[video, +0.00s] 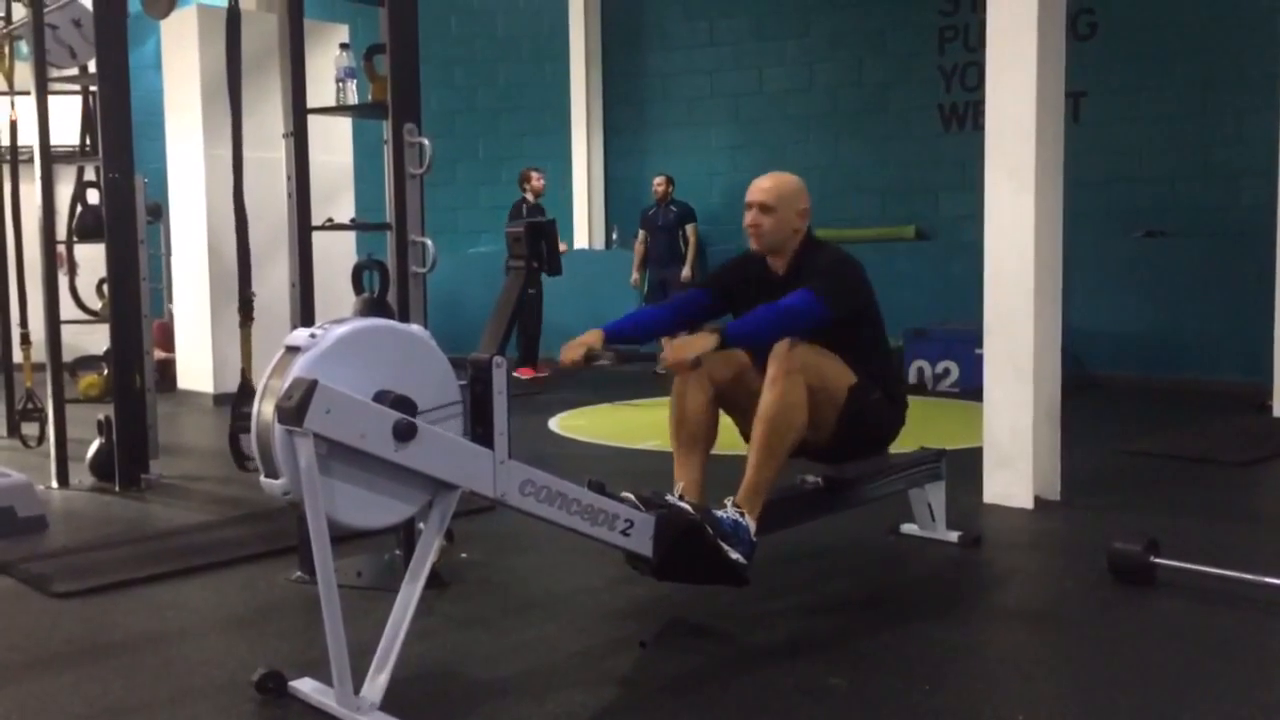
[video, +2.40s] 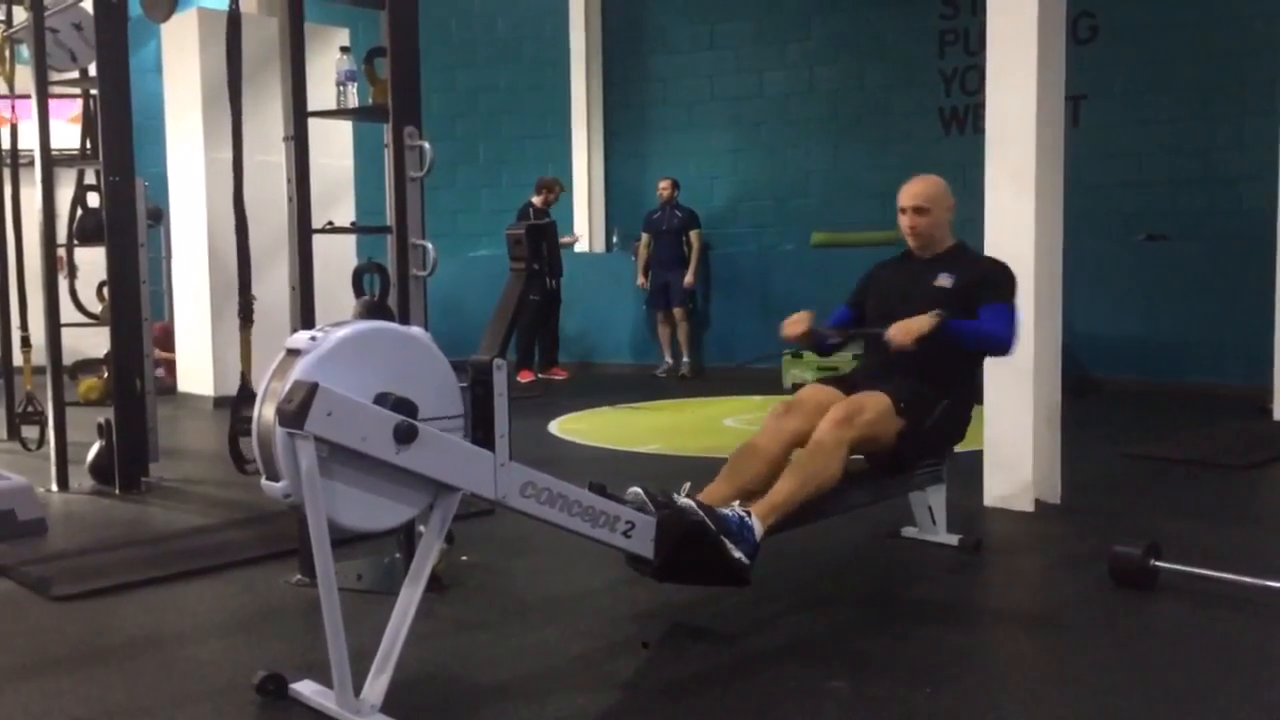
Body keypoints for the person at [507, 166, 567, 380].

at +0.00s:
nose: (543, 183)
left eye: (542, 179)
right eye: (538, 180)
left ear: (536, 185)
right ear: (527, 184)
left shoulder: (538, 209)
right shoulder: (520, 208)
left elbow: (539, 240)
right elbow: (524, 241)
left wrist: (554, 247)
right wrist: (553, 248)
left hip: (535, 269)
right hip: (523, 269)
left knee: (533, 318)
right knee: (526, 318)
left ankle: (531, 363)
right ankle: (524, 364)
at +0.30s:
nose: (534, 184)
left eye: (534, 180)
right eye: (529, 181)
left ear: (530, 185)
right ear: (518, 185)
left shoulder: (535, 211)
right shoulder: (507, 209)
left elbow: (541, 239)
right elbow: (508, 237)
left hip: (533, 271)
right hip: (513, 272)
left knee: (533, 319)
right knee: (512, 319)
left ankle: (529, 366)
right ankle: (510, 367)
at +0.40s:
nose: (533, 185)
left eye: (533, 182)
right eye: (529, 182)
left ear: (532, 185)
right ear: (517, 186)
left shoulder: (535, 212)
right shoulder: (506, 209)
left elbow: (540, 240)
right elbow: (510, 229)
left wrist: (543, 265)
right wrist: (528, 205)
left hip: (534, 272)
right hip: (512, 273)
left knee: (539, 320)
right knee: (510, 320)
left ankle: (531, 365)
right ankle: (510, 367)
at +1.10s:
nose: (557, 200)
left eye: (559, 197)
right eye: (556, 195)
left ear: (557, 198)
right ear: (544, 192)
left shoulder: (554, 215)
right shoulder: (525, 208)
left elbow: (554, 246)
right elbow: (536, 216)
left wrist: (557, 272)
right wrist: (543, 196)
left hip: (552, 274)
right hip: (531, 274)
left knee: (548, 322)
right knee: (524, 321)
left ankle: (548, 364)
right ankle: (515, 365)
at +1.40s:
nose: (567, 206)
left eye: (569, 203)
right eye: (567, 202)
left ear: (561, 197)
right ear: (558, 195)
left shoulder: (552, 213)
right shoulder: (533, 206)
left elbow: (553, 248)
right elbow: (531, 239)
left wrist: (559, 273)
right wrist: (560, 224)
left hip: (554, 275)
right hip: (536, 275)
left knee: (550, 322)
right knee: (532, 321)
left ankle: (548, 363)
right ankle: (526, 364)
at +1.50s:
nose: (571, 204)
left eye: (573, 200)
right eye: (570, 199)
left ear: (563, 195)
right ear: (561, 194)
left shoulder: (558, 213)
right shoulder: (534, 206)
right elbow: (530, 242)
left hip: (554, 272)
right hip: (535, 273)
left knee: (550, 321)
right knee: (532, 320)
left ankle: (546, 362)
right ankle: (526, 363)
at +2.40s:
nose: (556, 200)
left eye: (557, 196)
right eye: (555, 195)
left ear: (547, 194)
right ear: (544, 193)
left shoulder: (546, 214)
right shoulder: (527, 214)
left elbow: (548, 243)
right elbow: (527, 247)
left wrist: (565, 241)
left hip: (551, 277)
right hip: (533, 279)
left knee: (550, 324)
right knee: (528, 325)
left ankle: (548, 365)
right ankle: (524, 368)